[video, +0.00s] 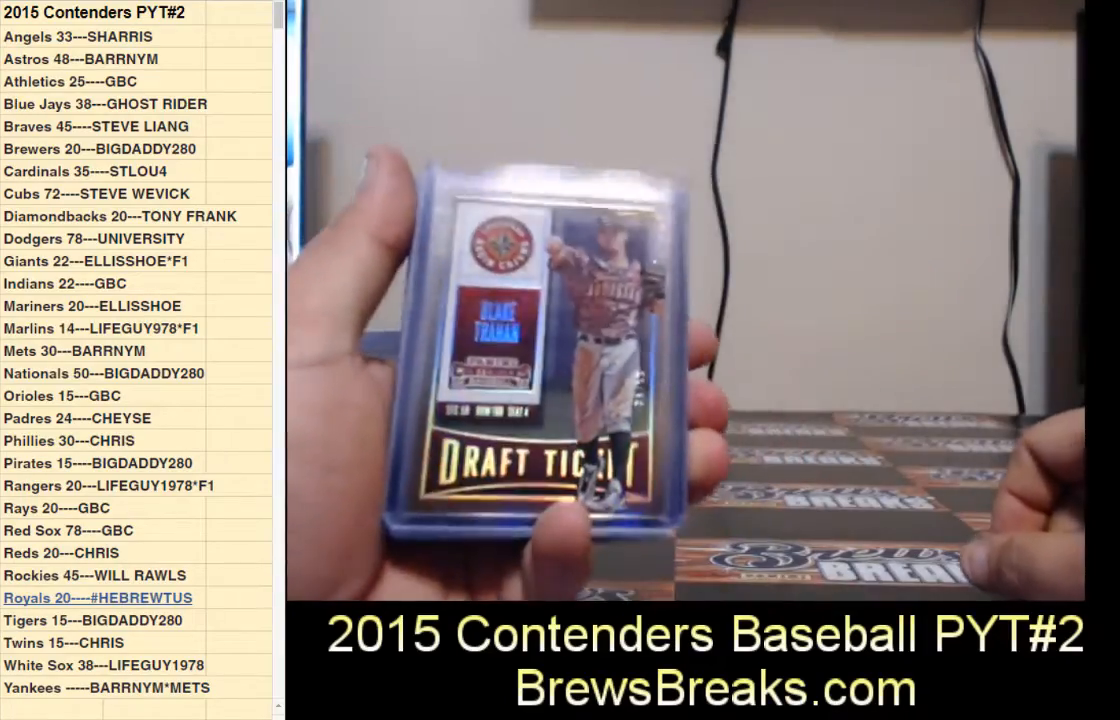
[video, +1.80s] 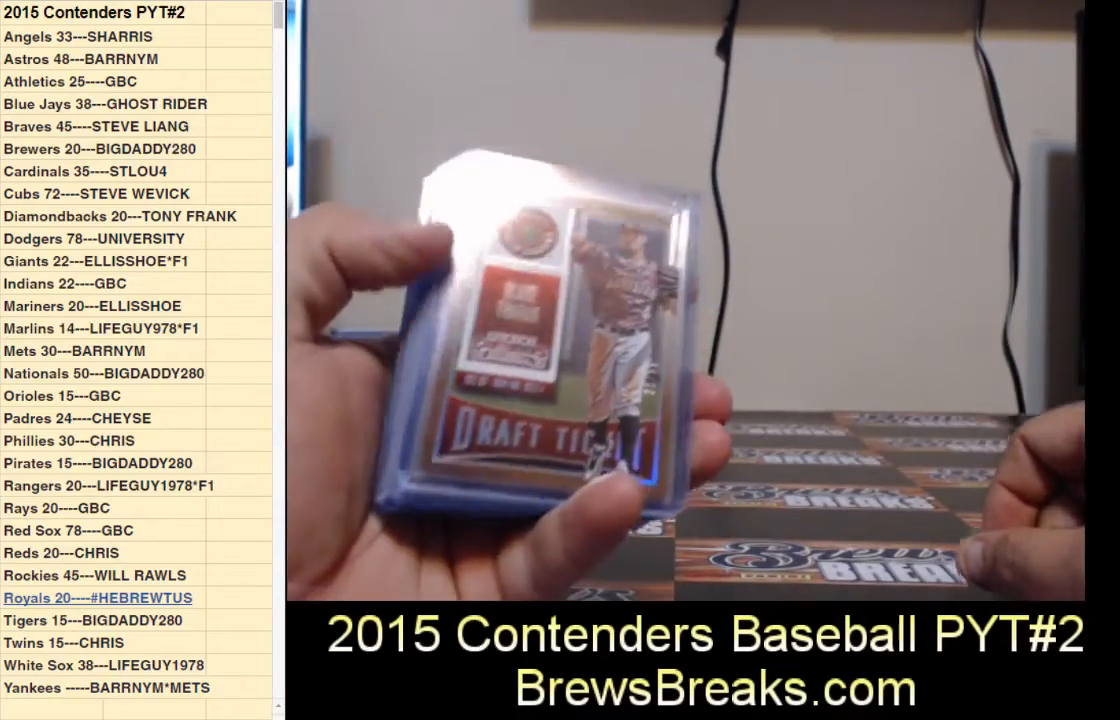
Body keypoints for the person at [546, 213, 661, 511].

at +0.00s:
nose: (610, 238)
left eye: (615, 233)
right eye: (605, 232)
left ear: (626, 237)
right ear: (597, 237)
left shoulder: (636, 272)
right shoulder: (585, 264)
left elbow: (655, 308)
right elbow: (569, 258)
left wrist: (659, 291)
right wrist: (559, 251)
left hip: (624, 348)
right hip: (589, 347)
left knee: (619, 415)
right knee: (586, 415)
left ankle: (617, 486)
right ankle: (589, 473)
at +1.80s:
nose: (629, 239)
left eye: (635, 234)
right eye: (625, 233)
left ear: (644, 240)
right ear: (620, 237)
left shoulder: (653, 270)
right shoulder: (605, 259)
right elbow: (578, 248)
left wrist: (680, 290)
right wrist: (581, 246)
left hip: (636, 336)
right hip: (604, 334)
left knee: (629, 399)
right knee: (599, 397)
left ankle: (626, 462)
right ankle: (598, 457)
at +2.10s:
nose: (651, 227)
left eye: (657, 221)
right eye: (647, 221)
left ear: (668, 225)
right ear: (641, 224)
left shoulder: (678, 257)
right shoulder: (629, 252)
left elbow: (697, 286)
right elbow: (603, 238)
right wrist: (610, 238)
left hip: (665, 318)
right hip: (634, 317)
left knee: (660, 382)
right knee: (629, 382)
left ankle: (661, 444)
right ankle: (631, 443)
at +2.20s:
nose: (672, 235)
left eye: (677, 229)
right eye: (667, 228)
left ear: (686, 233)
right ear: (659, 231)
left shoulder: (695, 263)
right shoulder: (648, 257)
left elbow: (711, 296)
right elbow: (622, 246)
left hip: (685, 328)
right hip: (654, 328)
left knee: (680, 393)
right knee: (650, 393)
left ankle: (681, 454)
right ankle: (653, 452)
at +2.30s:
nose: (702, 252)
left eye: (708, 247)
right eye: (698, 245)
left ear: (714, 249)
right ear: (691, 247)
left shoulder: (723, 275)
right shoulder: (675, 267)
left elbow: (735, 307)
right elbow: (645, 257)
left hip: (714, 340)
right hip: (682, 339)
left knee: (709, 403)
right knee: (679, 400)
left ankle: (710, 462)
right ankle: (682, 457)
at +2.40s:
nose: (723, 272)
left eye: (729, 266)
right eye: (716, 266)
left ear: (736, 262)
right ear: (706, 261)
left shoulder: (743, 284)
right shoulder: (695, 279)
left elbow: (772, 295)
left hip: (734, 352)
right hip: (704, 351)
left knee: (733, 417)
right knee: (704, 418)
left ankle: (734, 479)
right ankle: (709, 474)